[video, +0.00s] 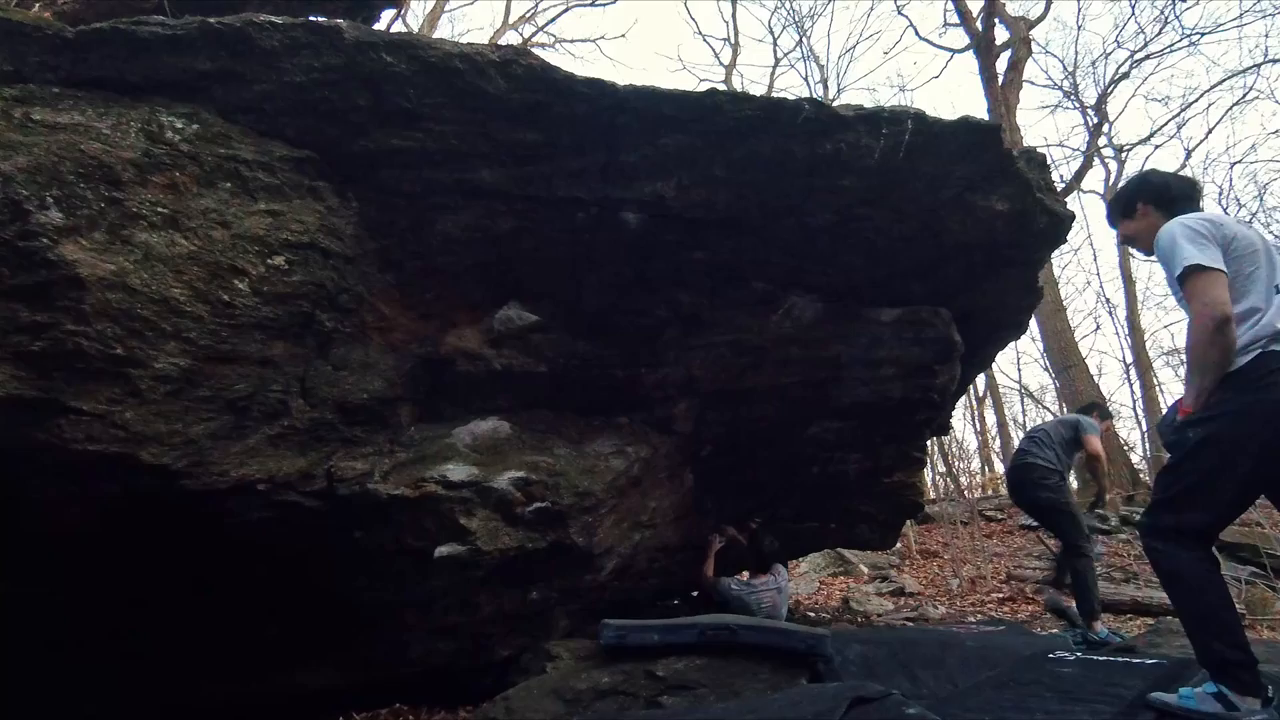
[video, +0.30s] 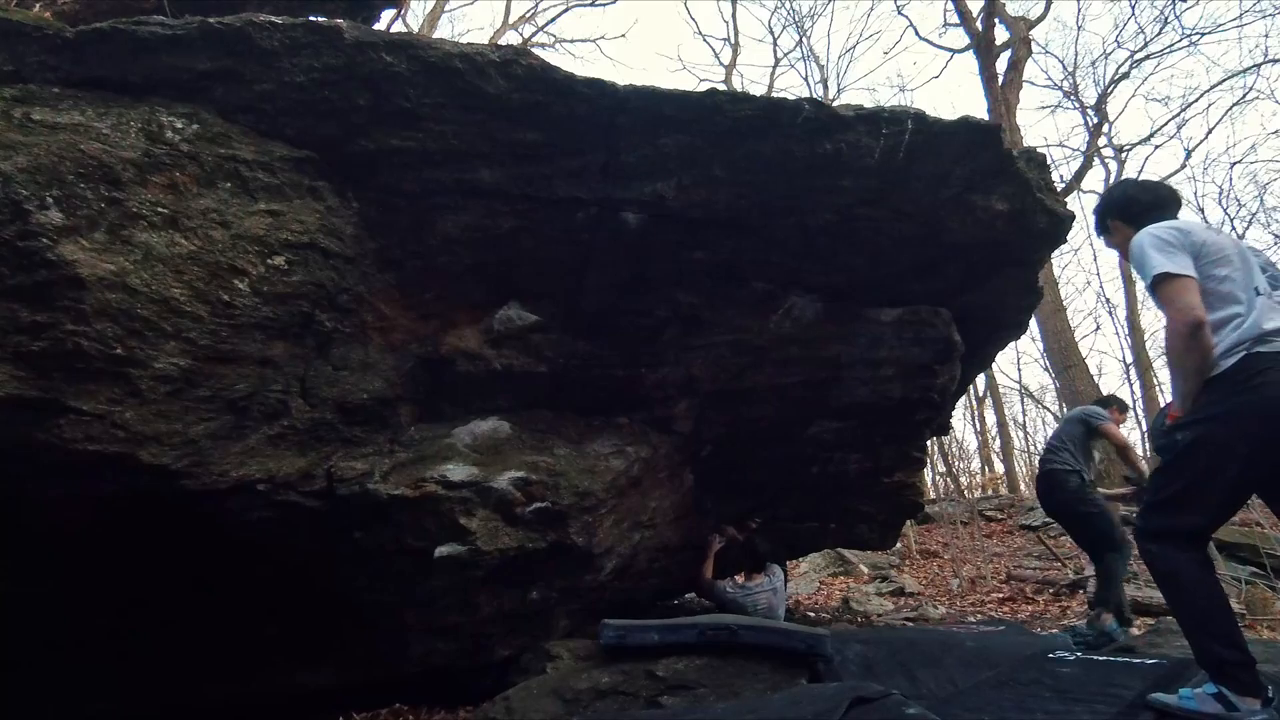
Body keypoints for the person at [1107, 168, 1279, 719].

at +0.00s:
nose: (1125, 240)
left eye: (1124, 226)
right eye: (1120, 231)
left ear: (1148, 209)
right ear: (1170, 206)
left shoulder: (1181, 229)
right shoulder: (1237, 234)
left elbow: (1216, 314)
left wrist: (1195, 400)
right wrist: (1198, 400)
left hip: (1260, 382)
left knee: (1170, 528)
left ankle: (1237, 685)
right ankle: (1239, 682)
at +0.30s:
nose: (1117, 254)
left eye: (1111, 240)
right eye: (1110, 245)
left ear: (1124, 224)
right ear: (1165, 211)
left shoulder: (1152, 237)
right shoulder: (1238, 246)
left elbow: (1190, 320)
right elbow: (1272, 295)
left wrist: (1181, 408)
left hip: (1252, 382)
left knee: (1164, 527)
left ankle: (1238, 686)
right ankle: (1242, 683)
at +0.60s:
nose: (1081, 257)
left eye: (1079, 248)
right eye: (1077, 251)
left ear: (1090, 238)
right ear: (1130, 221)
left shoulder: (1116, 248)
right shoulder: (1191, 254)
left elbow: (1154, 331)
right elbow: (1239, 323)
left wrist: (1153, 415)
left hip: (1228, 385)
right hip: (1275, 376)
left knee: (1151, 539)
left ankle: (1237, 687)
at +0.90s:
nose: (1026, 282)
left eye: (1024, 273)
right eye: (1021, 275)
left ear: (1033, 266)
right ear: (1078, 249)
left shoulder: (1053, 276)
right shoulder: (1133, 277)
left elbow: (1096, 348)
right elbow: (1194, 335)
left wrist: (1115, 428)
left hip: (1175, 402)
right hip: (1248, 392)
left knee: (1151, 556)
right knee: (1275, 545)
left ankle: (1237, 701)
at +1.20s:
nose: (991, 274)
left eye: (990, 267)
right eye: (989, 269)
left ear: (997, 262)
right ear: (1045, 247)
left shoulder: (1009, 275)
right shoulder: (1095, 268)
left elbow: (1045, 345)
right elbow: (1150, 322)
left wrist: (1080, 415)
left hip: (1135, 387)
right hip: (1203, 373)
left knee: (1160, 555)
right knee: (1255, 532)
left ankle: (1235, 704)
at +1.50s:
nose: (991, 281)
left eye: (990, 276)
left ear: (997, 271)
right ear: (1043, 255)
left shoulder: (1000, 288)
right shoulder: (1098, 268)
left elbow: (1025, 352)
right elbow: (1179, 317)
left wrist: (1074, 416)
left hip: (1135, 379)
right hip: (1202, 370)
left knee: (1164, 553)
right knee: (1207, 536)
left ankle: (1234, 703)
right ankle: (1276, 657)